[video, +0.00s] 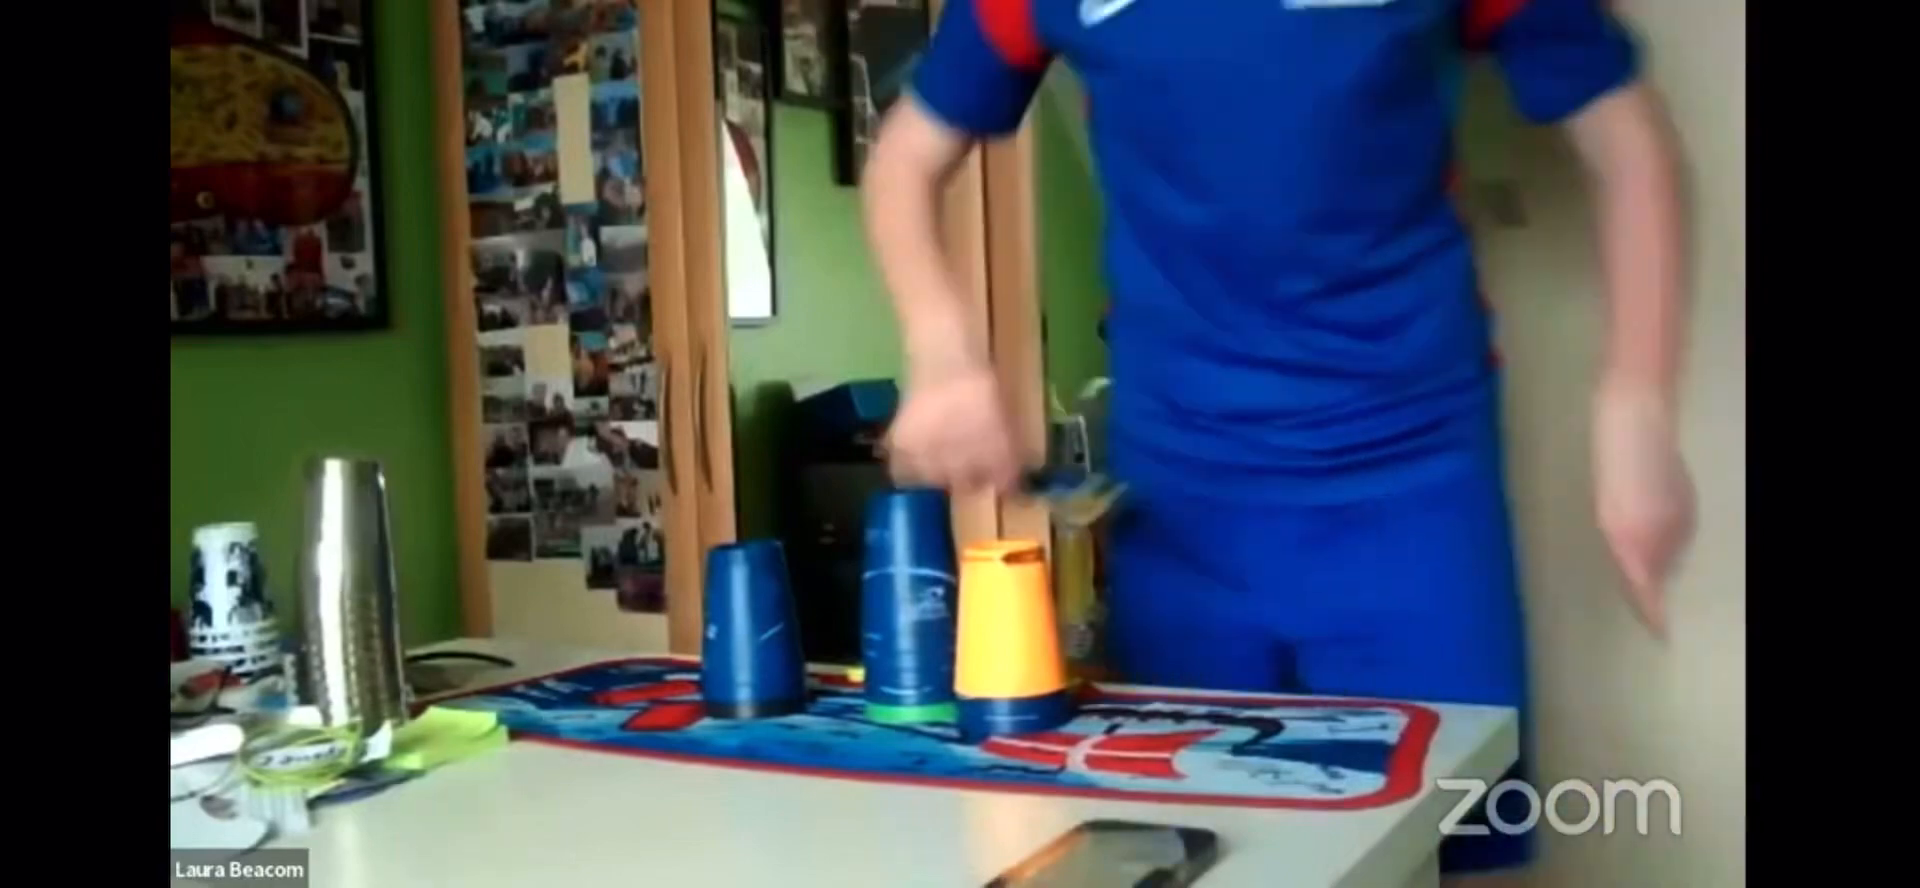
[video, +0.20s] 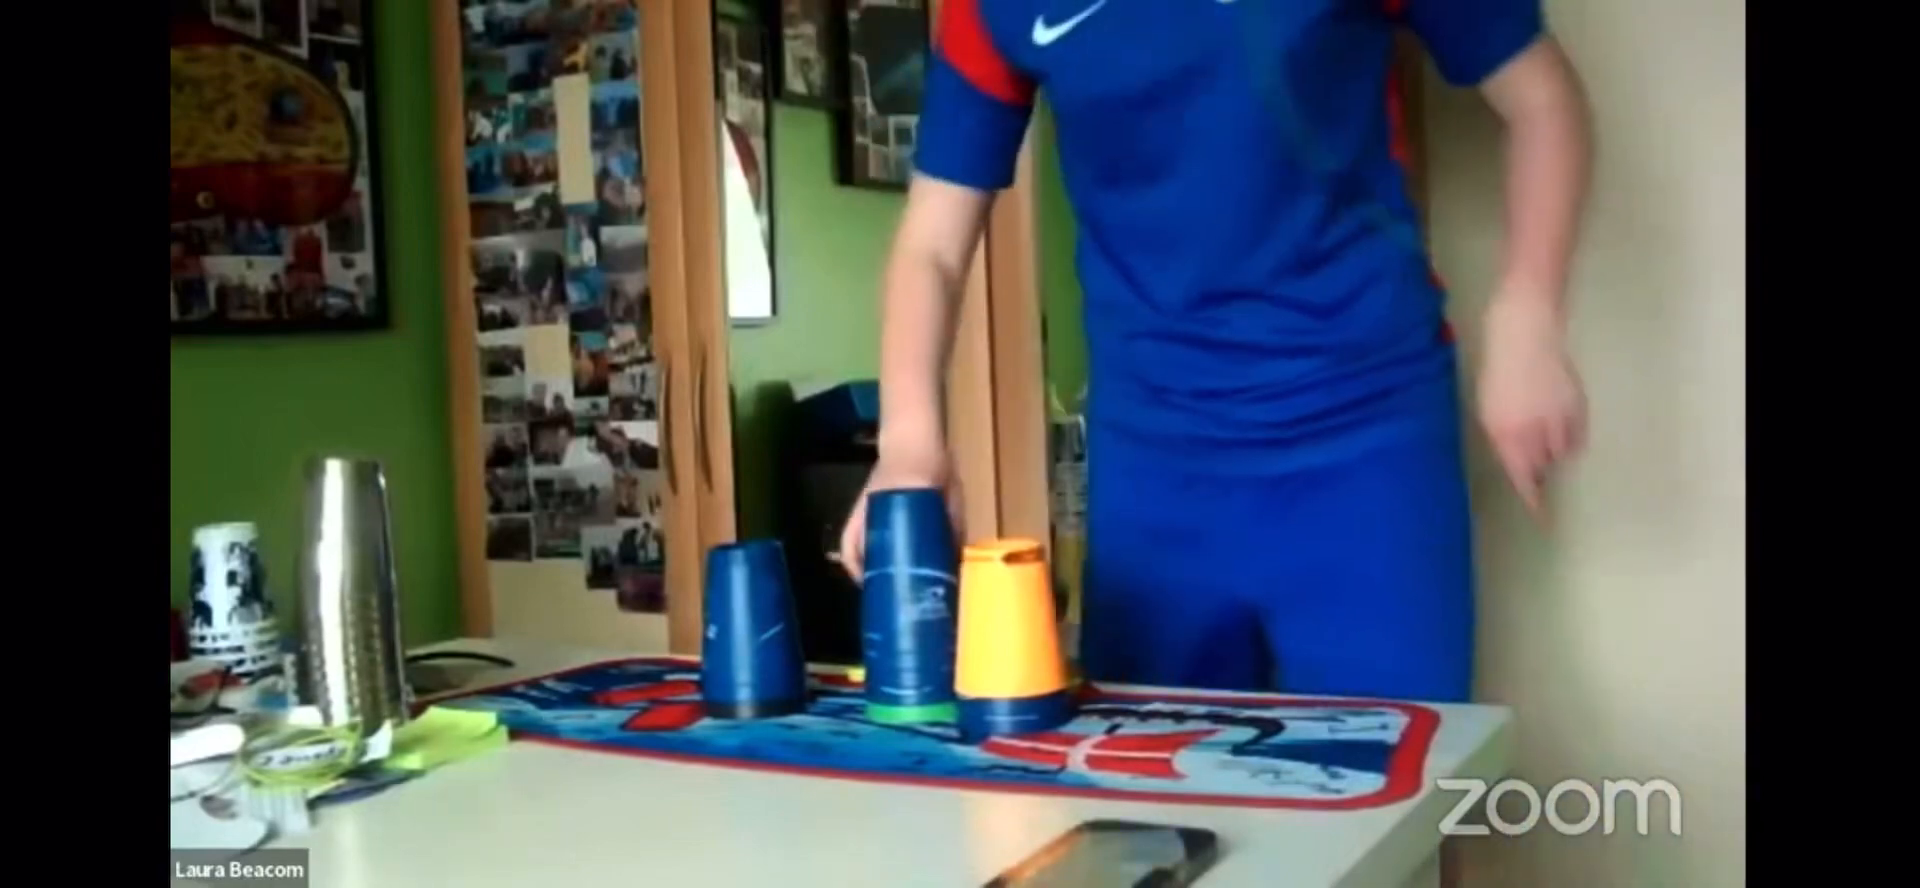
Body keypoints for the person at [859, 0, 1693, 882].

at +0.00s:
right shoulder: (1050, 0)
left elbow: (1628, 139)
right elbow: (900, 162)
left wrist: (1638, 411)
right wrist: (943, 357)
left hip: (1407, 480)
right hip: (1176, 491)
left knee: (1465, 849)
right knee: (1198, 855)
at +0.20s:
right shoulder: (1002, 14)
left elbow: (1544, 100)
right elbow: (929, 251)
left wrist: (1525, 324)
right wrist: (909, 450)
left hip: (1367, 441)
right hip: (1151, 458)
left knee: (1385, 818)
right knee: (1153, 825)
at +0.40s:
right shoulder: (984, 14)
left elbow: (1521, 86)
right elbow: (921, 254)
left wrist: (1520, 300)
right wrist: (925, 388)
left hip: (1356, 440)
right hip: (1146, 460)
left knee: (1359, 810)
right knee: (1158, 815)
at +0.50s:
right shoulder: (987, 13)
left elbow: (1517, 108)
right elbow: (912, 257)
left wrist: (1527, 317)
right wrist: (962, 347)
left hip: (1355, 438)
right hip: (1140, 455)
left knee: (1363, 811)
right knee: (1161, 816)